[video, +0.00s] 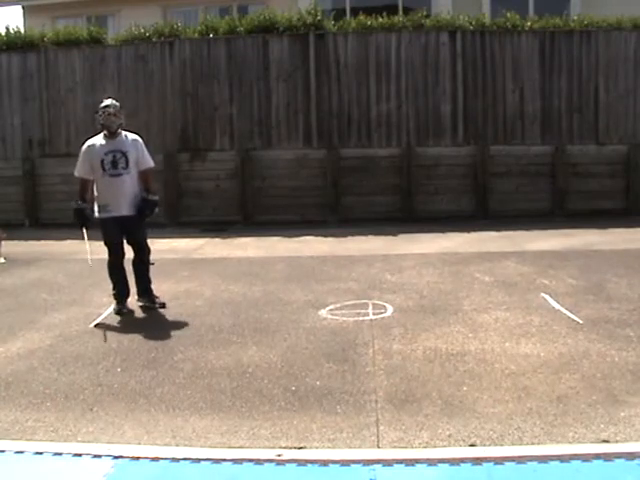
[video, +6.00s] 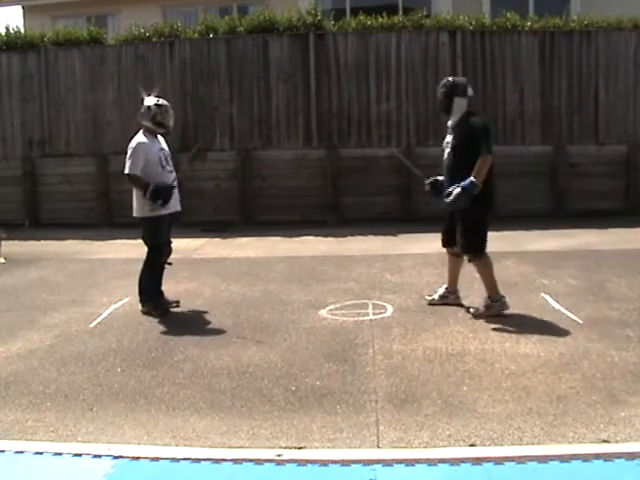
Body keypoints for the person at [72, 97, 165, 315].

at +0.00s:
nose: (110, 119)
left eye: (114, 114)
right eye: (106, 115)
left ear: (121, 117)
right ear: (99, 118)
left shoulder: (134, 142)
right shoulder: (90, 148)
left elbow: (146, 171)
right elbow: (85, 180)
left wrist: (150, 195)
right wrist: (82, 207)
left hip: (133, 210)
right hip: (107, 212)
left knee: (142, 252)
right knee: (115, 257)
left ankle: (146, 293)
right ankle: (120, 298)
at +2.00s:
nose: (132, 142)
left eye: (136, 137)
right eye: (129, 138)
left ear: (140, 134)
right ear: (120, 134)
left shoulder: (146, 144)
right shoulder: (107, 148)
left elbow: (153, 172)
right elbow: (98, 179)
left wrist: (156, 194)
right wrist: (100, 194)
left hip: (140, 209)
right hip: (118, 209)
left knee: (137, 250)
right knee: (121, 252)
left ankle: (134, 288)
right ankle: (121, 294)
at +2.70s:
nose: (139, 125)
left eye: (139, 121)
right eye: (135, 121)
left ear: (140, 122)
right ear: (123, 122)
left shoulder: (143, 144)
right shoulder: (111, 147)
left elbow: (153, 169)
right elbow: (113, 178)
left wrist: (161, 181)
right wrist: (132, 191)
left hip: (140, 206)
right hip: (122, 207)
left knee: (138, 248)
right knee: (129, 249)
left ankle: (135, 289)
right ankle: (129, 295)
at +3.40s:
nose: (133, 127)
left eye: (136, 123)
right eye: (129, 122)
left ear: (139, 123)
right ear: (118, 122)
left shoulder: (135, 142)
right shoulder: (106, 146)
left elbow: (154, 157)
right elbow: (120, 175)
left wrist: (174, 156)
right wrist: (148, 173)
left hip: (140, 209)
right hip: (121, 212)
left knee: (144, 248)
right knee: (130, 254)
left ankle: (136, 288)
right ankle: (131, 300)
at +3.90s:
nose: (148, 121)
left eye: (148, 116)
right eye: (144, 116)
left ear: (140, 118)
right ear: (132, 117)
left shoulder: (142, 142)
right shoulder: (119, 145)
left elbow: (149, 170)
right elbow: (118, 177)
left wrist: (167, 180)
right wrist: (138, 197)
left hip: (147, 207)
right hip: (129, 210)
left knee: (152, 250)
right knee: (137, 252)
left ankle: (151, 293)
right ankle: (131, 299)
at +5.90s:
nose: (169, 119)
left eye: (169, 114)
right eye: (165, 114)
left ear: (155, 118)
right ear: (155, 117)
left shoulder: (159, 140)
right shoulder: (139, 144)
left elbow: (157, 170)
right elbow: (130, 175)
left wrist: (169, 192)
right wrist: (148, 194)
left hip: (166, 209)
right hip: (151, 212)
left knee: (162, 252)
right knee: (157, 252)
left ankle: (156, 296)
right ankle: (148, 300)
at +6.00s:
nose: (169, 119)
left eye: (169, 114)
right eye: (166, 115)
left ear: (153, 118)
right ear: (157, 117)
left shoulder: (159, 140)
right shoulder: (139, 144)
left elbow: (160, 168)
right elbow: (131, 173)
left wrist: (169, 185)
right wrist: (149, 190)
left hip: (165, 208)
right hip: (151, 210)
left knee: (162, 252)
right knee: (157, 252)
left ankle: (156, 296)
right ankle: (149, 300)